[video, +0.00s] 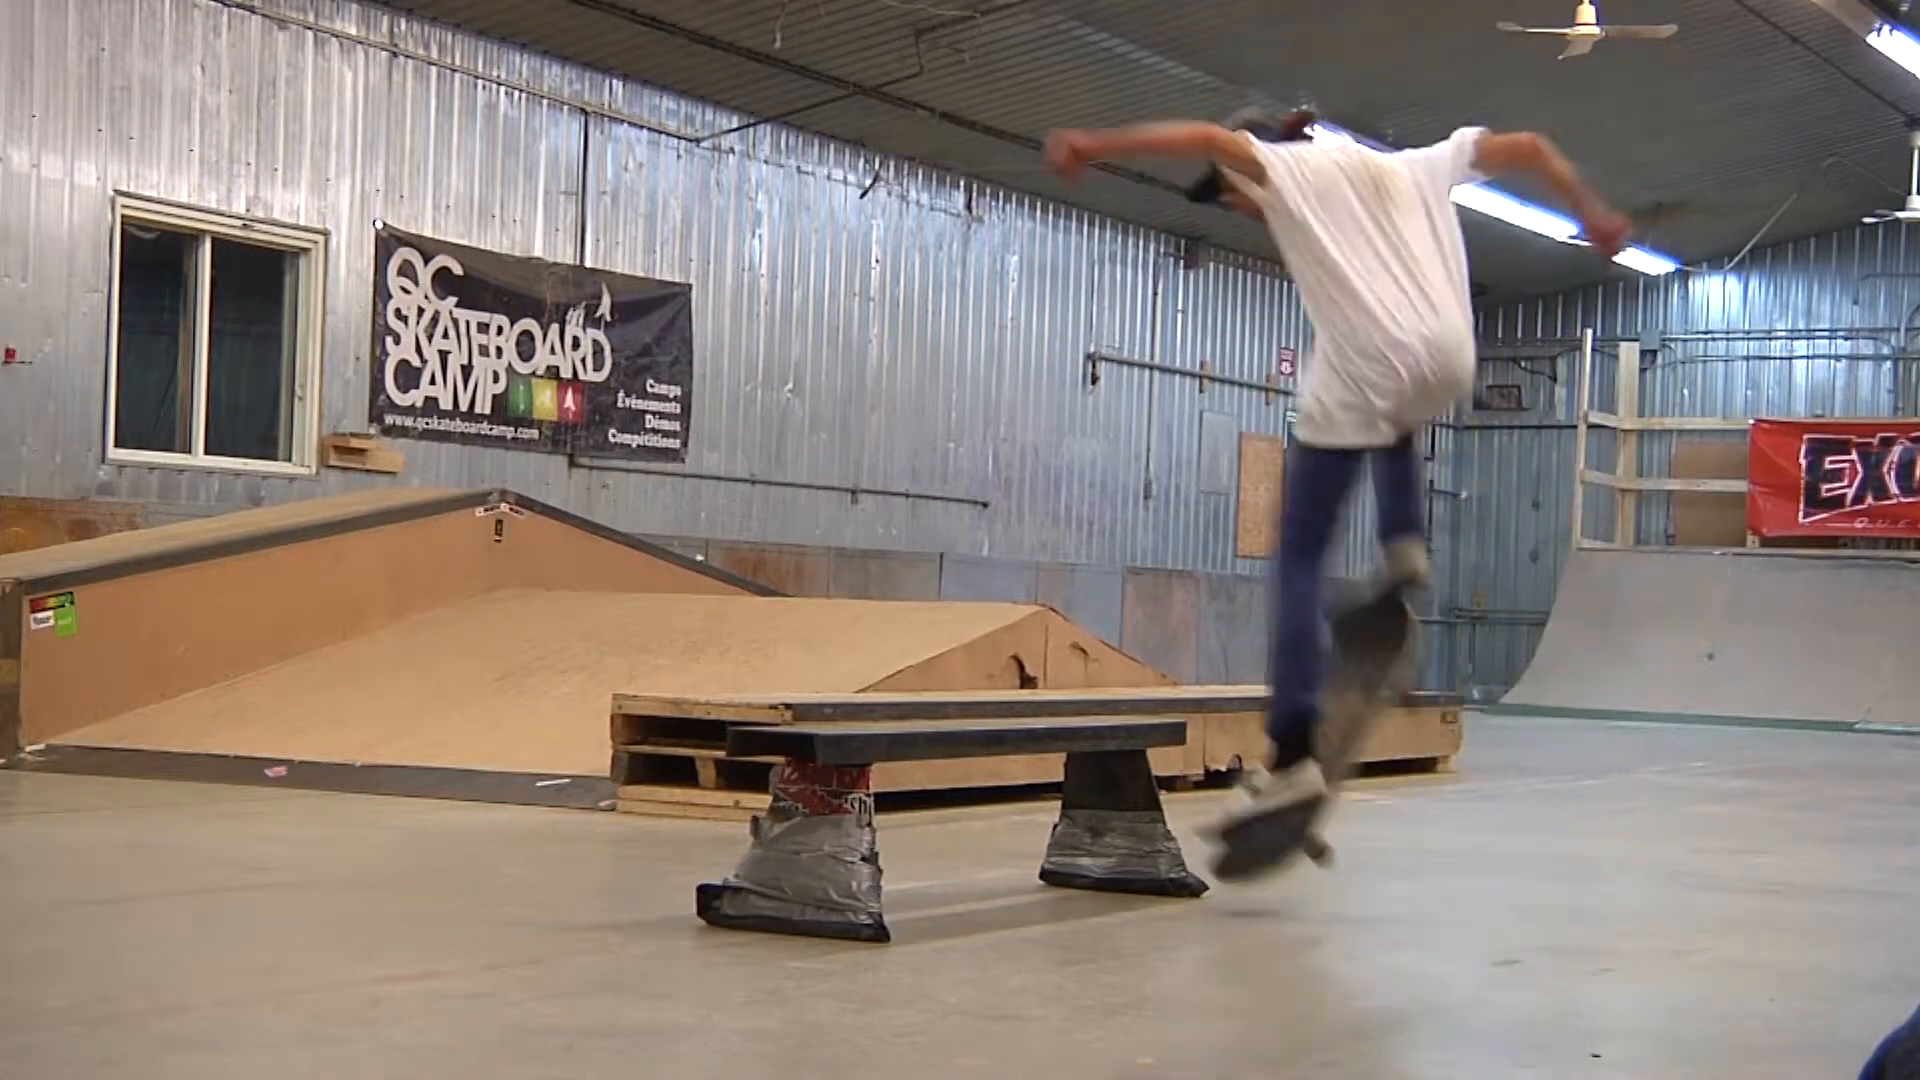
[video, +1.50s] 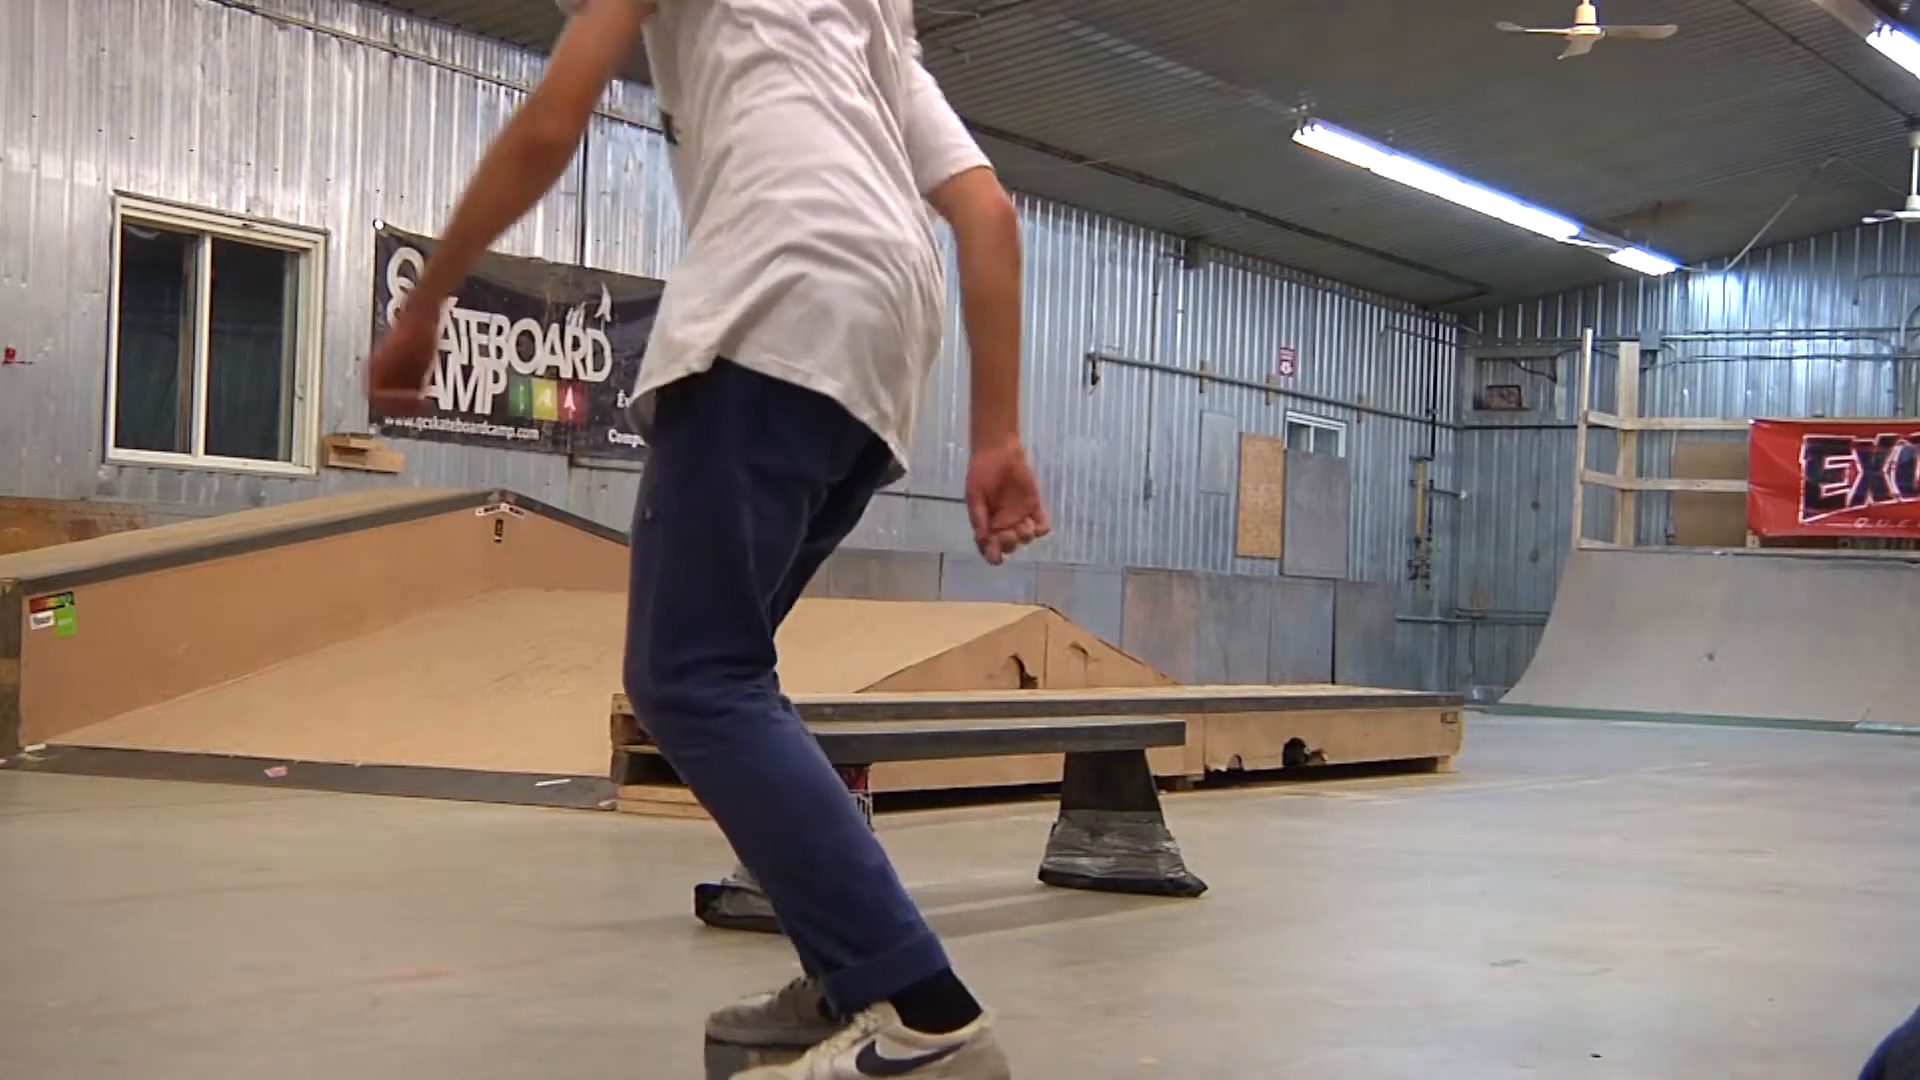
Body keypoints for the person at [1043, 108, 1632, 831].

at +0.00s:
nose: (1250, 213)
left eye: (1241, 200)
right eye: (1240, 208)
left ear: (1256, 158)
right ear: (1316, 136)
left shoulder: (1280, 156)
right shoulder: (1415, 163)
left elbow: (1209, 135)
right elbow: (1528, 145)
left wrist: (1093, 144)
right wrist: (1592, 212)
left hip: (1361, 378)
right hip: (1449, 369)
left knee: (1299, 555)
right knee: (1395, 417)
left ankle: (1291, 759)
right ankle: (1405, 549)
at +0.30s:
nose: (1036, 169)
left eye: (1027, 151)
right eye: (1027, 160)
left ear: (1038, 116)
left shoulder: (1071, 108)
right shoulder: (1199, 130)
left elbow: (1048, 62)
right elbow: (1276, 227)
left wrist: (975, 9)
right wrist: (1211, 257)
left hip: (1128, 315)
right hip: (1235, 312)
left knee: (1061, 493)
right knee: (1286, 489)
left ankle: (978, 673)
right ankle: (1234, 638)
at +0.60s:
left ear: (1066, 143)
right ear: (1134, 170)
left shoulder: (1000, 159)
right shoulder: (1163, 210)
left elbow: (849, 125)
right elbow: (1277, 209)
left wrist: (829, 162)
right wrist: (1414, 214)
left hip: (964, 445)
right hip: (1070, 464)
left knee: (947, 679)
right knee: (1016, 664)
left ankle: (985, 888)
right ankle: (1092, 867)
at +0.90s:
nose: (1095, 246)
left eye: (1102, 235)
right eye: (1102, 232)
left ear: (1035, 160)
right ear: (1096, 202)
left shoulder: (943, 158)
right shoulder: (1072, 236)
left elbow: (1018, 358)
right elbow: (1001, 364)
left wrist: (1144, 405)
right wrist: (957, 539)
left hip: (801, 420)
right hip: (912, 452)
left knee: (792, 683)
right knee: (886, 653)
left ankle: (888, 912)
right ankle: (949, 895)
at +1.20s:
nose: (997, 63)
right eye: (1000, 49)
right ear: (984, 35)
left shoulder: (809, 18)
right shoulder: (1003, 113)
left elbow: (818, 237)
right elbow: (997, 283)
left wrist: (929, 410)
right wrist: (986, 485)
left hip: (762, 364)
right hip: (884, 402)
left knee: (724, 694)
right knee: (793, 652)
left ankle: (878, 963)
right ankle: (860, 924)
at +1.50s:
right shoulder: (884, 37)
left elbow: (547, 126)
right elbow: (987, 210)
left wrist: (426, 294)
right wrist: (1000, 433)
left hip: (781, 284)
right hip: (898, 335)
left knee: (689, 678)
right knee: (720, 668)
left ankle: (928, 1015)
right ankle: (841, 973)